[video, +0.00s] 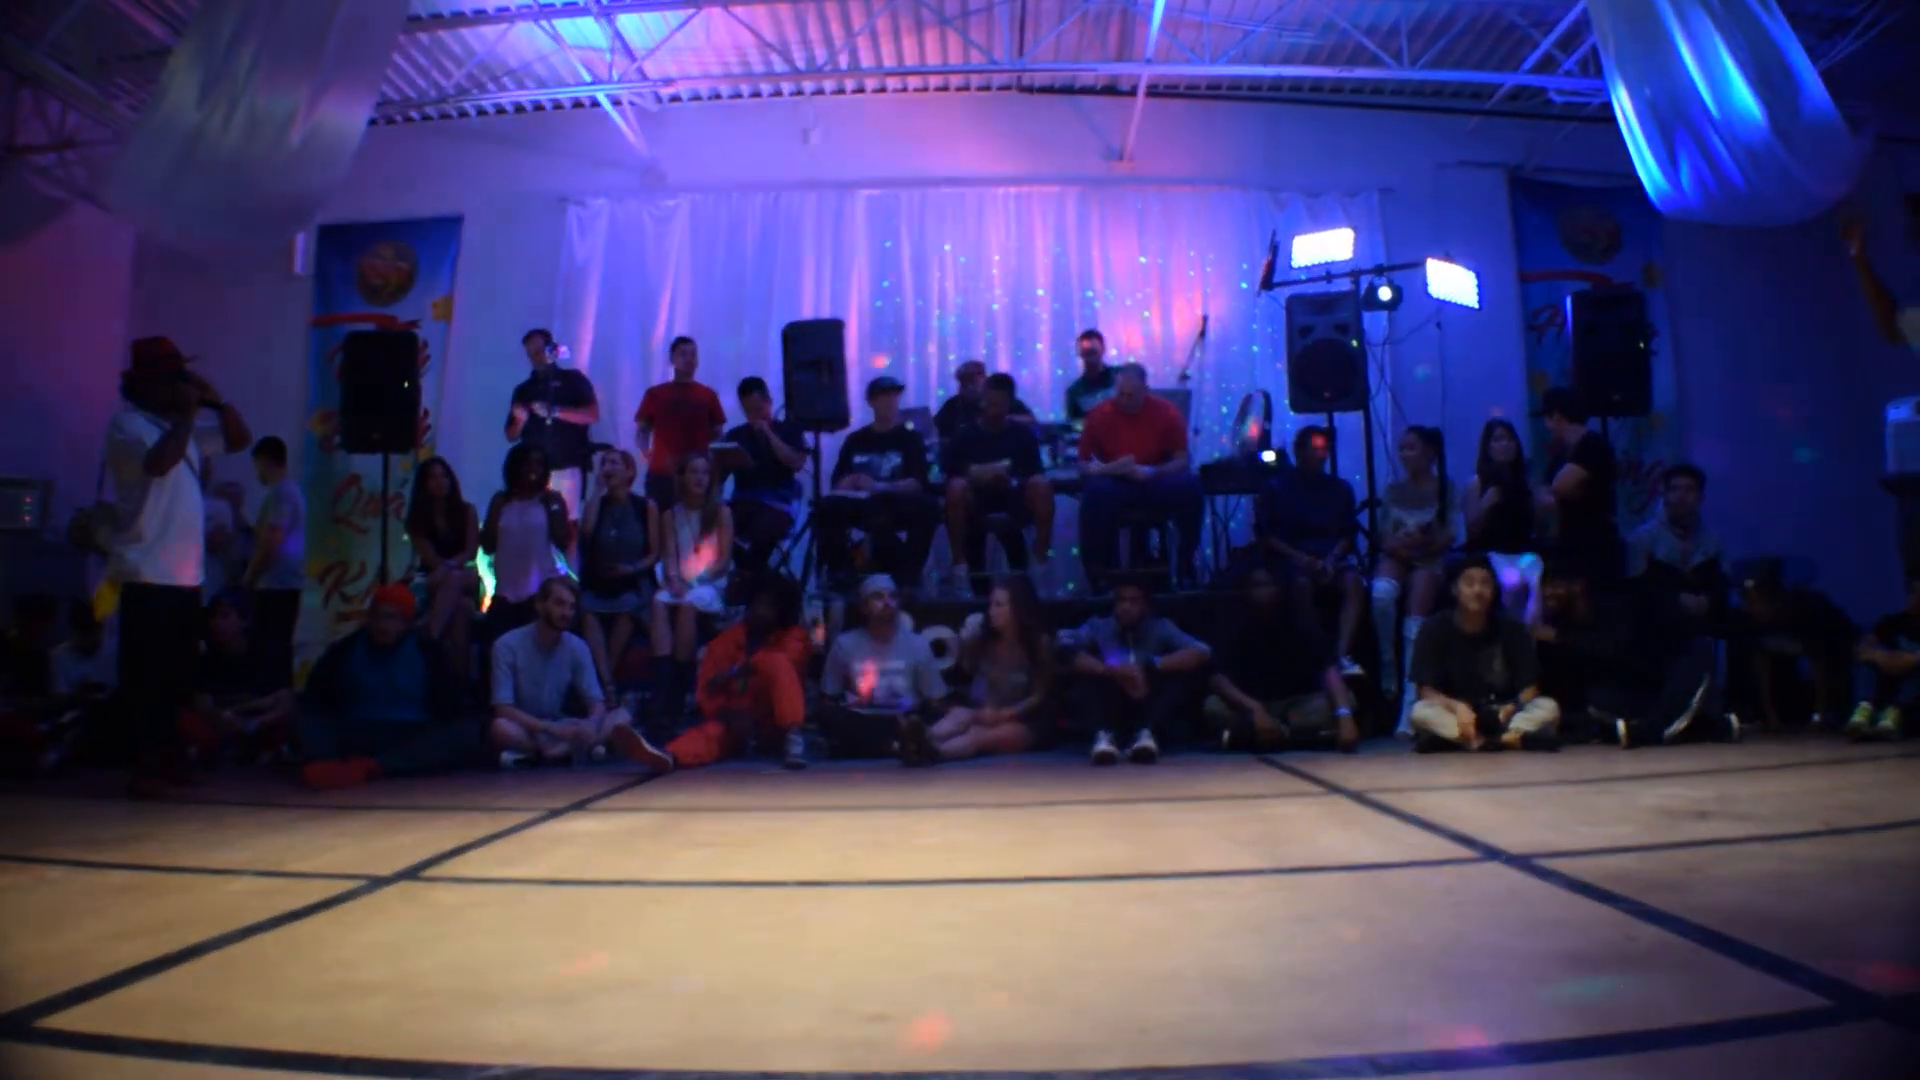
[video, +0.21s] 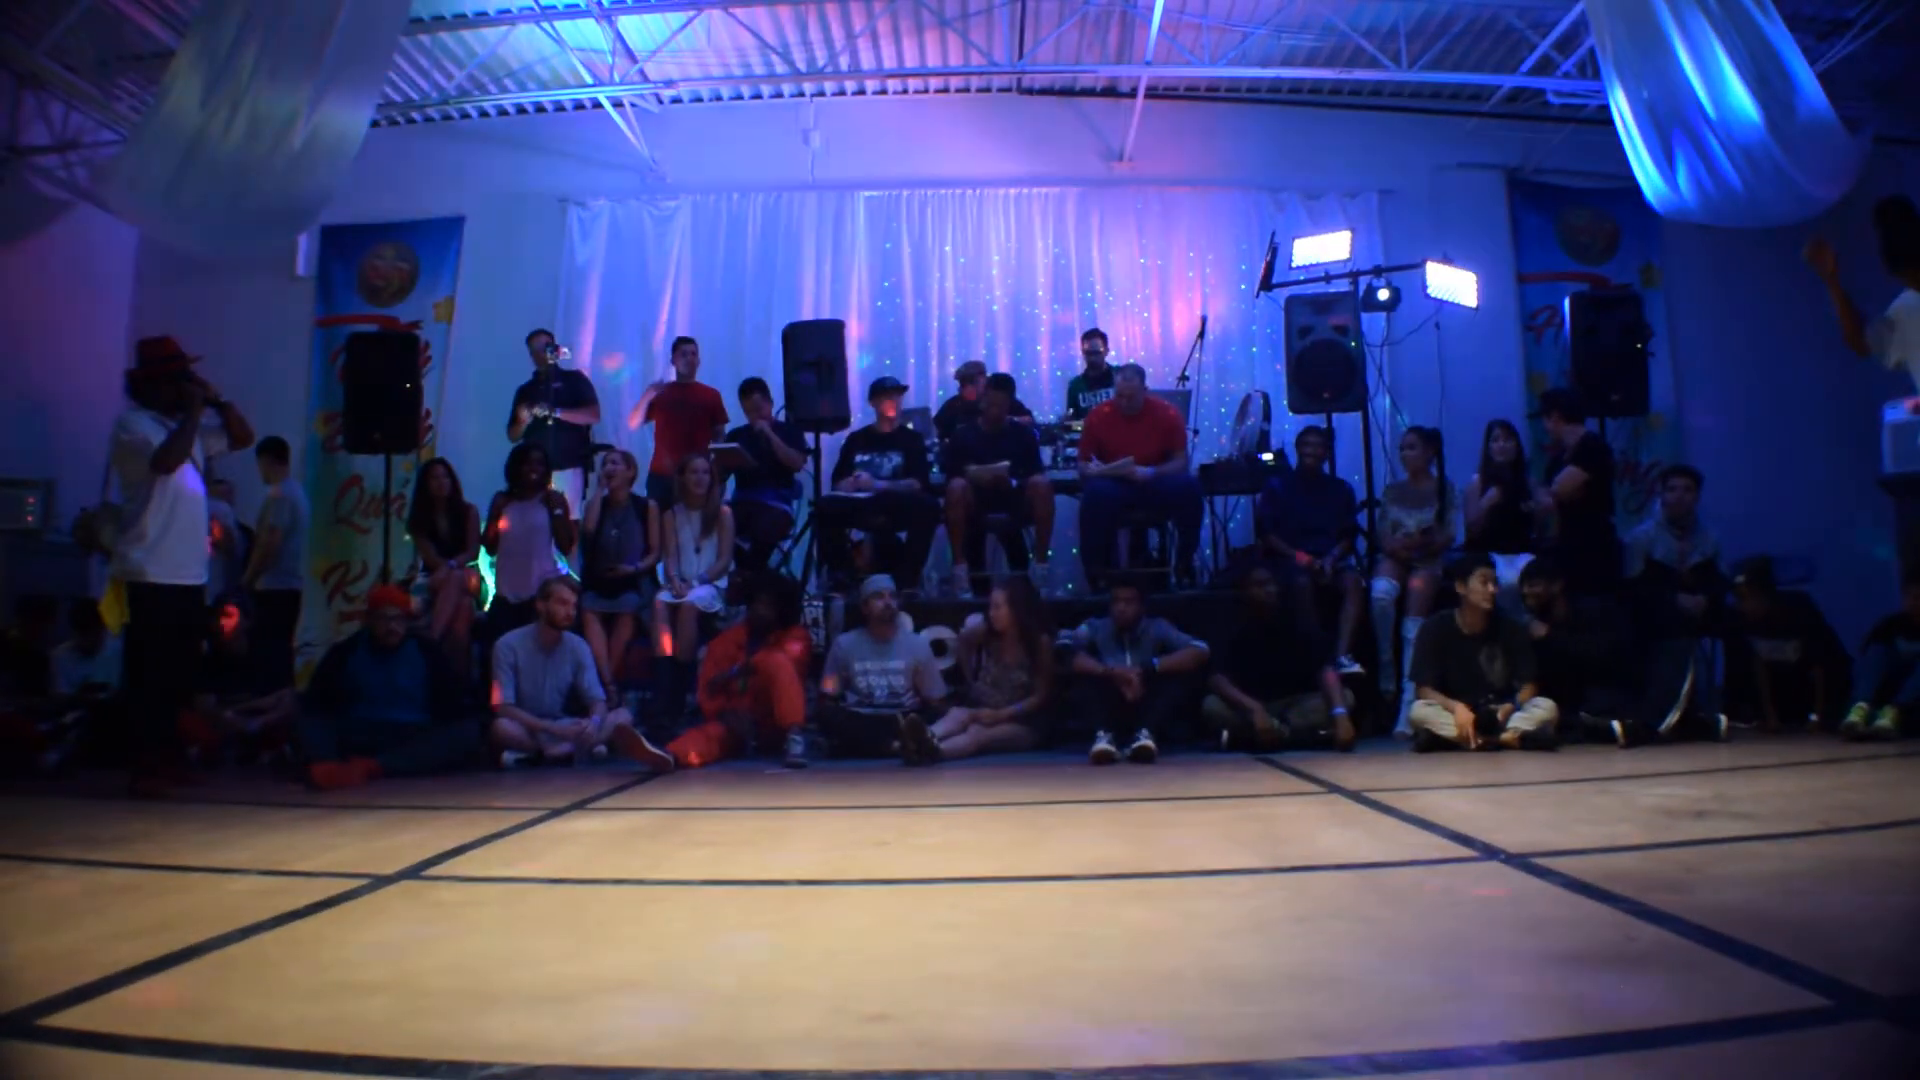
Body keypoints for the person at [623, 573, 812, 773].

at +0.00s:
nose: (760, 614)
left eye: (769, 607)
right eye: (757, 606)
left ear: (783, 612)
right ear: (749, 607)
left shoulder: (794, 637)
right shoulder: (726, 644)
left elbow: (785, 658)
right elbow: (707, 699)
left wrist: (743, 670)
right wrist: (732, 716)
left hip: (772, 720)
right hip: (737, 722)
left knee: (774, 661)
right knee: (710, 735)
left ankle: (794, 737)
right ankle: (669, 756)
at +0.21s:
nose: (759, 613)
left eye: (768, 606)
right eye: (756, 605)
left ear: (783, 611)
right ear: (749, 606)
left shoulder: (794, 637)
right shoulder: (724, 644)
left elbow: (786, 658)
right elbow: (708, 701)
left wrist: (743, 670)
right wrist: (729, 714)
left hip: (772, 717)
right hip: (737, 719)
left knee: (775, 661)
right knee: (711, 735)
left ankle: (794, 738)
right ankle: (672, 756)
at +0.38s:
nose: (757, 611)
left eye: (765, 605)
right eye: (755, 603)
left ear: (782, 610)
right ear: (749, 605)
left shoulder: (795, 636)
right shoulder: (726, 643)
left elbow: (786, 666)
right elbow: (707, 705)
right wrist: (731, 709)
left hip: (772, 719)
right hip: (736, 722)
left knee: (774, 660)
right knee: (711, 735)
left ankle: (794, 737)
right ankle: (670, 755)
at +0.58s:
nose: (756, 611)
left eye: (765, 606)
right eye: (754, 603)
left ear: (782, 611)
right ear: (749, 604)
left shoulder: (795, 636)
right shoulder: (728, 642)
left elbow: (784, 658)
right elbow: (708, 694)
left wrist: (746, 669)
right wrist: (726, 716)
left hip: (773, 719)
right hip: (737, 721)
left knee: (773, 659)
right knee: (710, 735)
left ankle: (794, 737)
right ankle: (670, 756)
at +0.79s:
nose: (756, 610)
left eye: (765, 605)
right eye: (755, 603)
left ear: (782, 610)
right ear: (749, 604)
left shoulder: (794, 637)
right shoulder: (726, 643)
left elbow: (784, 670)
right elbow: (709, 701)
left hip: (771, 721)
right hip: (735, 722)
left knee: (775, 662)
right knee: (711, 735)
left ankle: (794, 738)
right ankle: (670, 756)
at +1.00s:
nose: (760, 612)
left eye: (768, 606)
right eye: (756, 604)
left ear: (784, 611)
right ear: (749, 605)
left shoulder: (795, 637)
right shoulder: (725, 644)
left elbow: (784, 665)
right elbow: (709, 703)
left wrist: (743, 670)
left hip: (773, 721)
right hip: (736, 722)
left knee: (775, 661)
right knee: (711, 734)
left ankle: (794, 737)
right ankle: (670, 756)